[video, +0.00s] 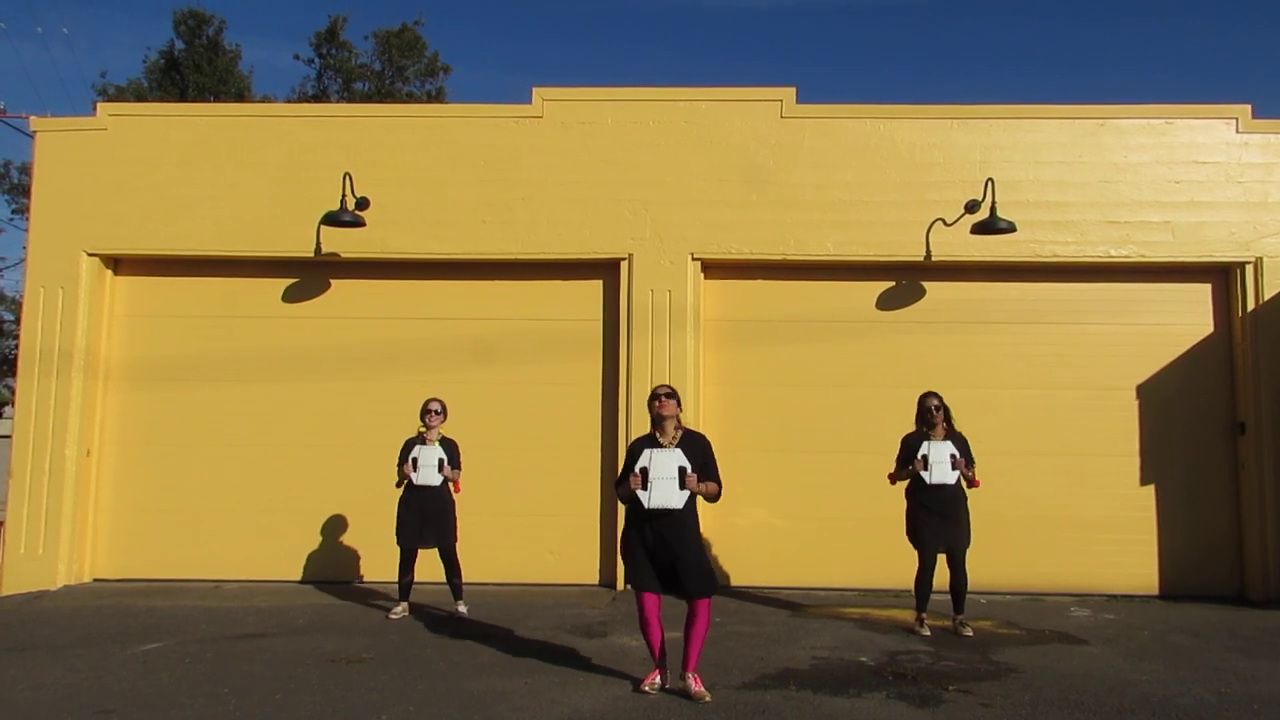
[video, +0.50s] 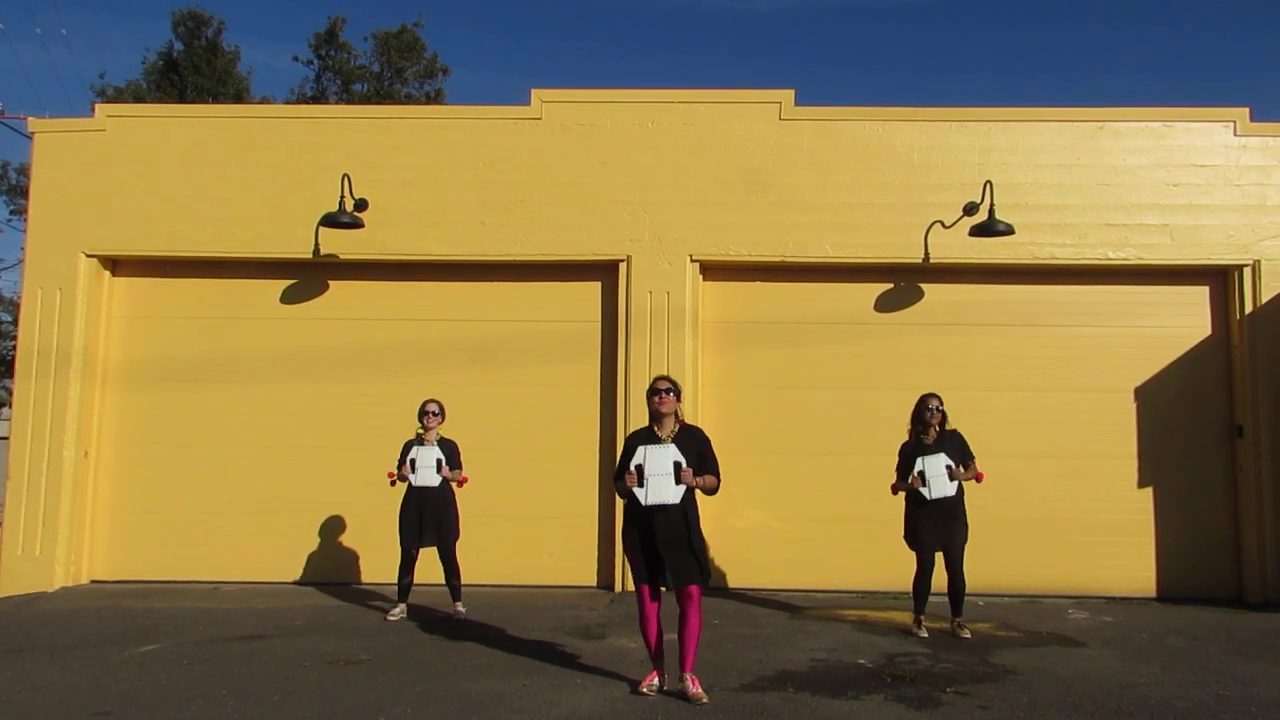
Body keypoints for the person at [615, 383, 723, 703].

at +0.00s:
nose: (661, 402)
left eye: (667, 398)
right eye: (655, 398)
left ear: (678, 407)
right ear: (649, 408)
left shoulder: (697, 442)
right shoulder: (639, 446)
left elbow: (715, 491)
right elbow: (621, 493)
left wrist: (699, 486)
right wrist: (630, 487)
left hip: (683, 536)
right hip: (642, 537)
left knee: (701, 598)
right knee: (647, 603)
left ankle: (689, 674)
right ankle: (660, 671)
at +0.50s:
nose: (661, 397)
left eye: (667, 393)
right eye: (655, 393)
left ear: (678, 400)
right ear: (648, 400)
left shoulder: (695, 437)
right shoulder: (636, 440)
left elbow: (713, 483)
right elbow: (619, 485)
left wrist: (695, 480)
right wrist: (626, 483)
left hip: (682, 530)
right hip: (641, 532)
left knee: (691, 598)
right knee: (648, 600)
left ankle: (687, 675)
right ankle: (657, 672)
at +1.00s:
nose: (678, 397)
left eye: (680, 392)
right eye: (671, 391)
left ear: (679, 398)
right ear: (651, 396)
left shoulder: (688, 433)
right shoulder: (631, 434)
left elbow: (704, 484)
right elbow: (611, 482)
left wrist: (699, 477)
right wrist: (629, 473)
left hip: (686, 531)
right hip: (648, 531)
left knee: (685, 600)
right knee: (655, 599)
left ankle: (686, 675)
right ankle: (657, 671)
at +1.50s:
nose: (678, 397)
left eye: (679, 392)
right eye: (671, 391)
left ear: (675, 398)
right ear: (651, 394)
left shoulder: (684, 431)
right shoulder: (626, 430)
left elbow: (701, 478)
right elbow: (606, 474)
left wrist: (691, 475)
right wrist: (622, 472)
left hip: (680, 530)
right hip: (642, 530)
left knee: (680, 600)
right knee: (646, 602)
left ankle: (680, 675)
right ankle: (650, 672)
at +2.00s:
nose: (651, 405)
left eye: (657, 401)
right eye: (645, 401)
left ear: (666, 409)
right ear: (637, 408)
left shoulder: (679, 445)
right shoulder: (622, 447)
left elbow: (695, 495)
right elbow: (600, 494)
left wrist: (681, 486)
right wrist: (613, 486)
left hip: (665, 540)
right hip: (624, 540)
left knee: (676, 598)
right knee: (628, 609)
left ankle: (667, 674)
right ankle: (642, 673)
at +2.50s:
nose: (647, 397)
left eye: (654, 392)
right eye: (642, 392)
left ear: (664, 399)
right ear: (634, 398)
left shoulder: (677, 436)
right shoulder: (618, 436)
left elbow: (695, 481)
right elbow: (598, 474)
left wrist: (672, 483)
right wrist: (602, 483)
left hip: (667, 528)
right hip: (628, 530)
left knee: (667, 591)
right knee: (633, 603)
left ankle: (655, 668)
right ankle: (641, 666)